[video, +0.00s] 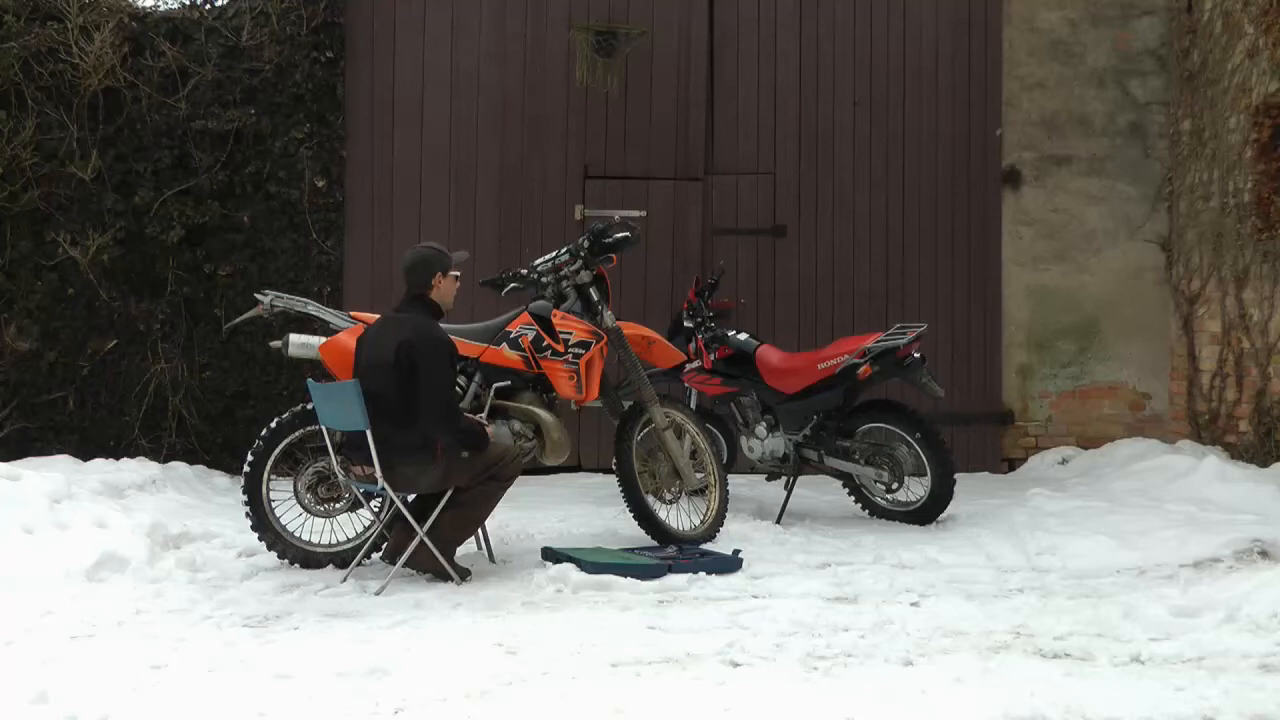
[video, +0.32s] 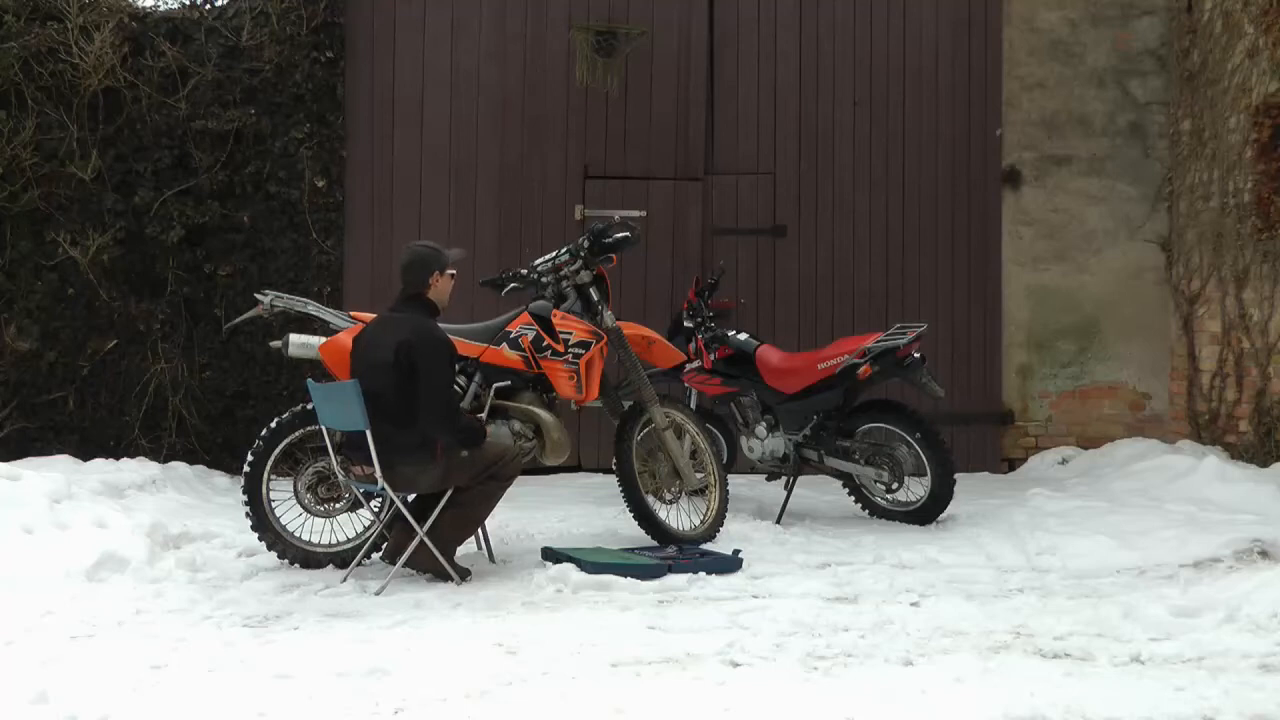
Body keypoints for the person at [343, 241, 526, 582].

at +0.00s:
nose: (457, 285)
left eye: (456, 278)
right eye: (453, 277)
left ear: (416, 282)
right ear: (436, 282)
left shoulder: (375, 331)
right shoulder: (433, 339)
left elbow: (384, 409)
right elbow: (442, 418)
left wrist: (459, 420)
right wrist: (480, 438)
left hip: (384, 463)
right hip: (417, 466)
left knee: (473, 454)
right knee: (506, 458)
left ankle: (403, 541)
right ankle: (436, 549)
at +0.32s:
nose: (453, 284)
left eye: (452, 276)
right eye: (450, 276)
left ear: (411, 280)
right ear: (434, 281)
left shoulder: (372, 331)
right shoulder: (431, 339)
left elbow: (374, 406)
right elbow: (441, 418)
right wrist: (475, 432)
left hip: (381, 462)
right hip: (414, 466)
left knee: (473, 453)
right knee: (506, 456)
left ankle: (404, 540)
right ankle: (436, 549)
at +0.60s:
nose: (446, 280)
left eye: (445, 274)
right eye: (443, 274)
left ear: (405, 279)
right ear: (428, 279)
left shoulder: (366, 332)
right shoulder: (426, 339)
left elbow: (373, 409)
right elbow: (442, 422)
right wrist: (477, 421)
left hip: (381, 462)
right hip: (414, 466)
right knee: (504, 455)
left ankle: (404, 539)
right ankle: (436, 548)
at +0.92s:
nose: (439, 278)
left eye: (437, 272)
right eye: (436, 272)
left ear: (396, 279)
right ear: (422, 278)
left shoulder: (363, 332)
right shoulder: (420, 338)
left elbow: (365, 407)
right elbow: (432, 418)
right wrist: (473, 429)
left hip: (380, 463)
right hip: (412, 466)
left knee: (472, 451)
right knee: (505, 455)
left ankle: (404, 538)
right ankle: (436, 548)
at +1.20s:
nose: (435, 278)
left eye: (433, 271)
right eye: (432, 271)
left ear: (393, 279)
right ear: (418, 278)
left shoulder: (362, 333)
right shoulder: (419, 338)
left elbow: (366, 407)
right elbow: (433, 417)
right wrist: (473, 430)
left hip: (376, 462)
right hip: (409, 466)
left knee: (472, 451)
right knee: (504, 454)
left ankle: (405, 537)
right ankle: (435, 548)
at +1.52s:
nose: (432, 276)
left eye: (430, 270)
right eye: (429, 270)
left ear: (391, 279)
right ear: (415, 278)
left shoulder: (361, 333)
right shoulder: (417, 337)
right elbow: (432, 417)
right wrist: (473, 426)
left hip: (376, 462)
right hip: (408, 466)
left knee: (473, 450)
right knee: (504, 453)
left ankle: (405, 536)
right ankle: (435, 548)